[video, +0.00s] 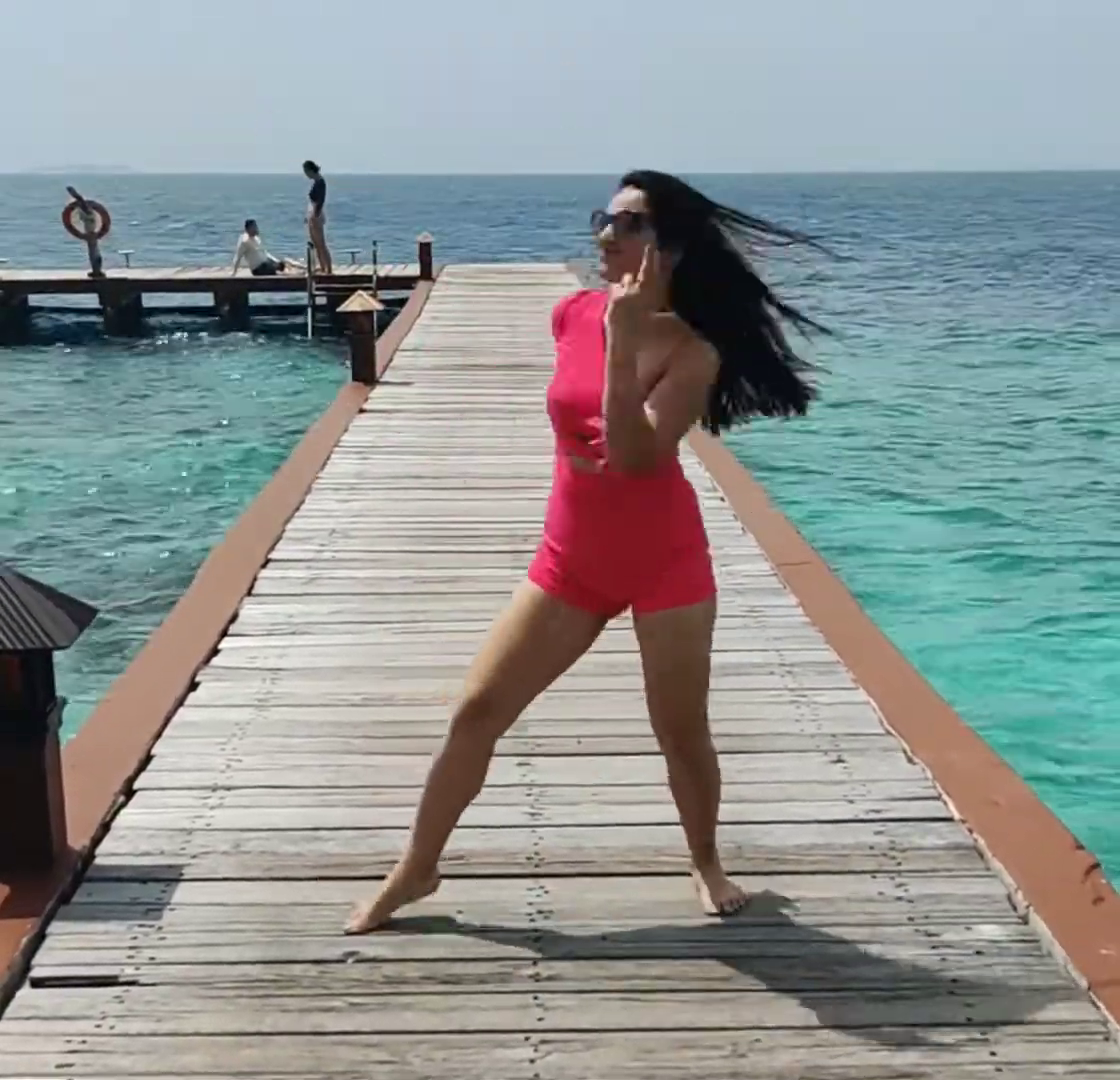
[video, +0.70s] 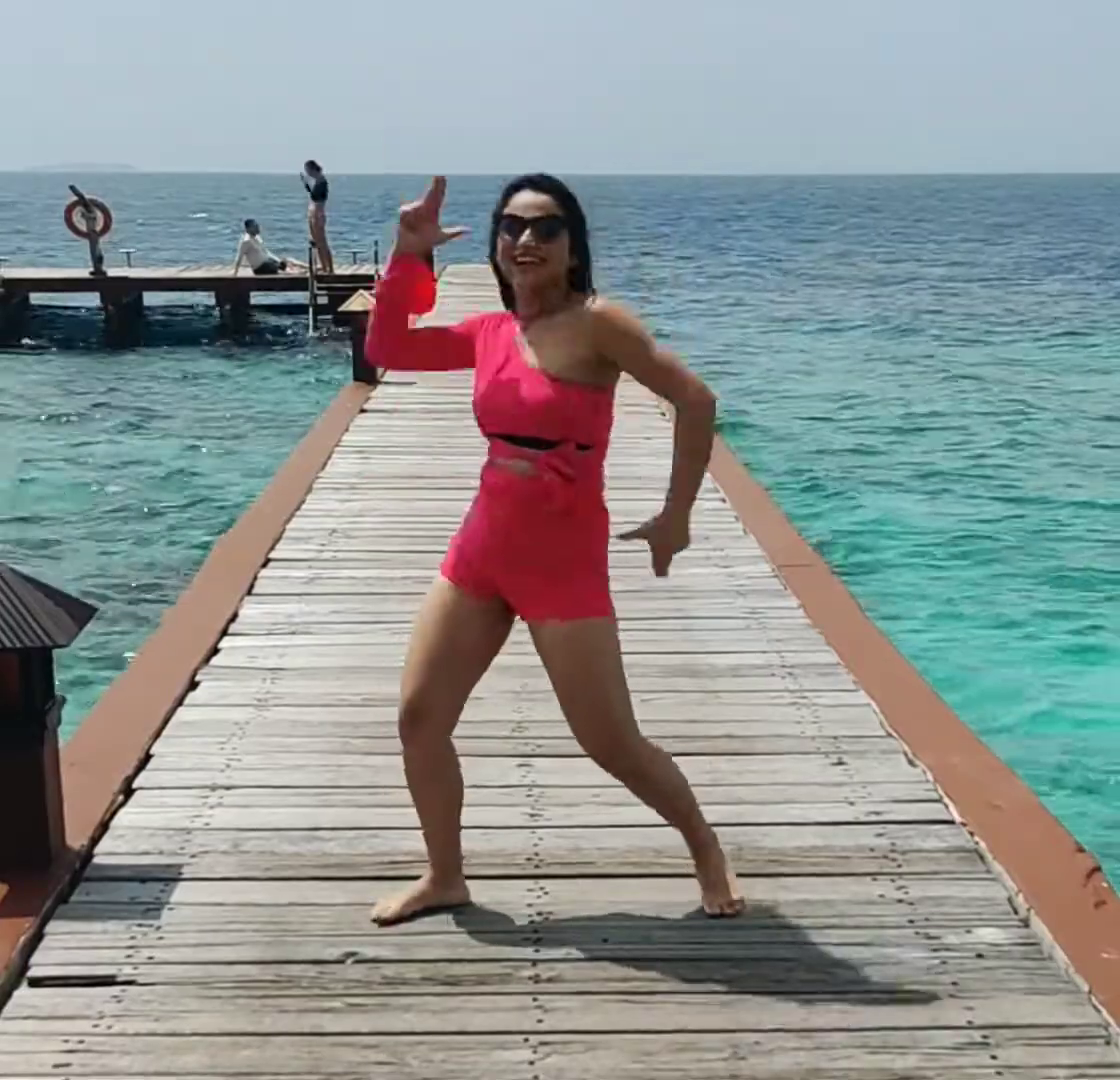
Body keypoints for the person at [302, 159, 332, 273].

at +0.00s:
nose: (306, 175)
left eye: (306, 172)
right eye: (305, 172)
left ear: (311, 170)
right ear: (313, 170)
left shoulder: (319, 182)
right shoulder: (316, 182)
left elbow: (320, 201)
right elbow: (315, 200)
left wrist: (316, 215)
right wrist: (310, 214)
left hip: (317, 214)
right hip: (312, 214)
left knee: (320, 243)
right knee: (316, 243)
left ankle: (328, 269)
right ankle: (322, 267)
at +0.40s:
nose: (306, 175)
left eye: (306, 172)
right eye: (305, 172)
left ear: (311, 170)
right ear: (313, 169)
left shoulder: (320, 181)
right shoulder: (317, 181)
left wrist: (318, 211)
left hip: (317, 212)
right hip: (313, 211)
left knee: (321, 241)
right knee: (316, 241)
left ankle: (329, 268)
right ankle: (323, 267)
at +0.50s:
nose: (306, 174)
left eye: (307, 171)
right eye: (305, 171)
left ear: (311, 170)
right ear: (312, 169)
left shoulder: (321, 181)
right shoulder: (316, 181)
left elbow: (330, 195)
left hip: (318, 211)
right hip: (312, 211)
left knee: (321, 241)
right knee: (316, 241)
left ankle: (329, 268)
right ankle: (324, 267)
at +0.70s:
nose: (308, 173)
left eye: (308, 171)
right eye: (307, 171)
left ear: (314, 169)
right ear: (313, 169)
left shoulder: (321, 182)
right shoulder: (317, 182)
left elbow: (315, 197)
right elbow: (314, 196)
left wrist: (306, 184)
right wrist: (306, 183)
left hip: (318, 211)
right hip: (312, 211)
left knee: (321, 241)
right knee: (316, 241)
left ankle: (329, 268)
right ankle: (323, 267)